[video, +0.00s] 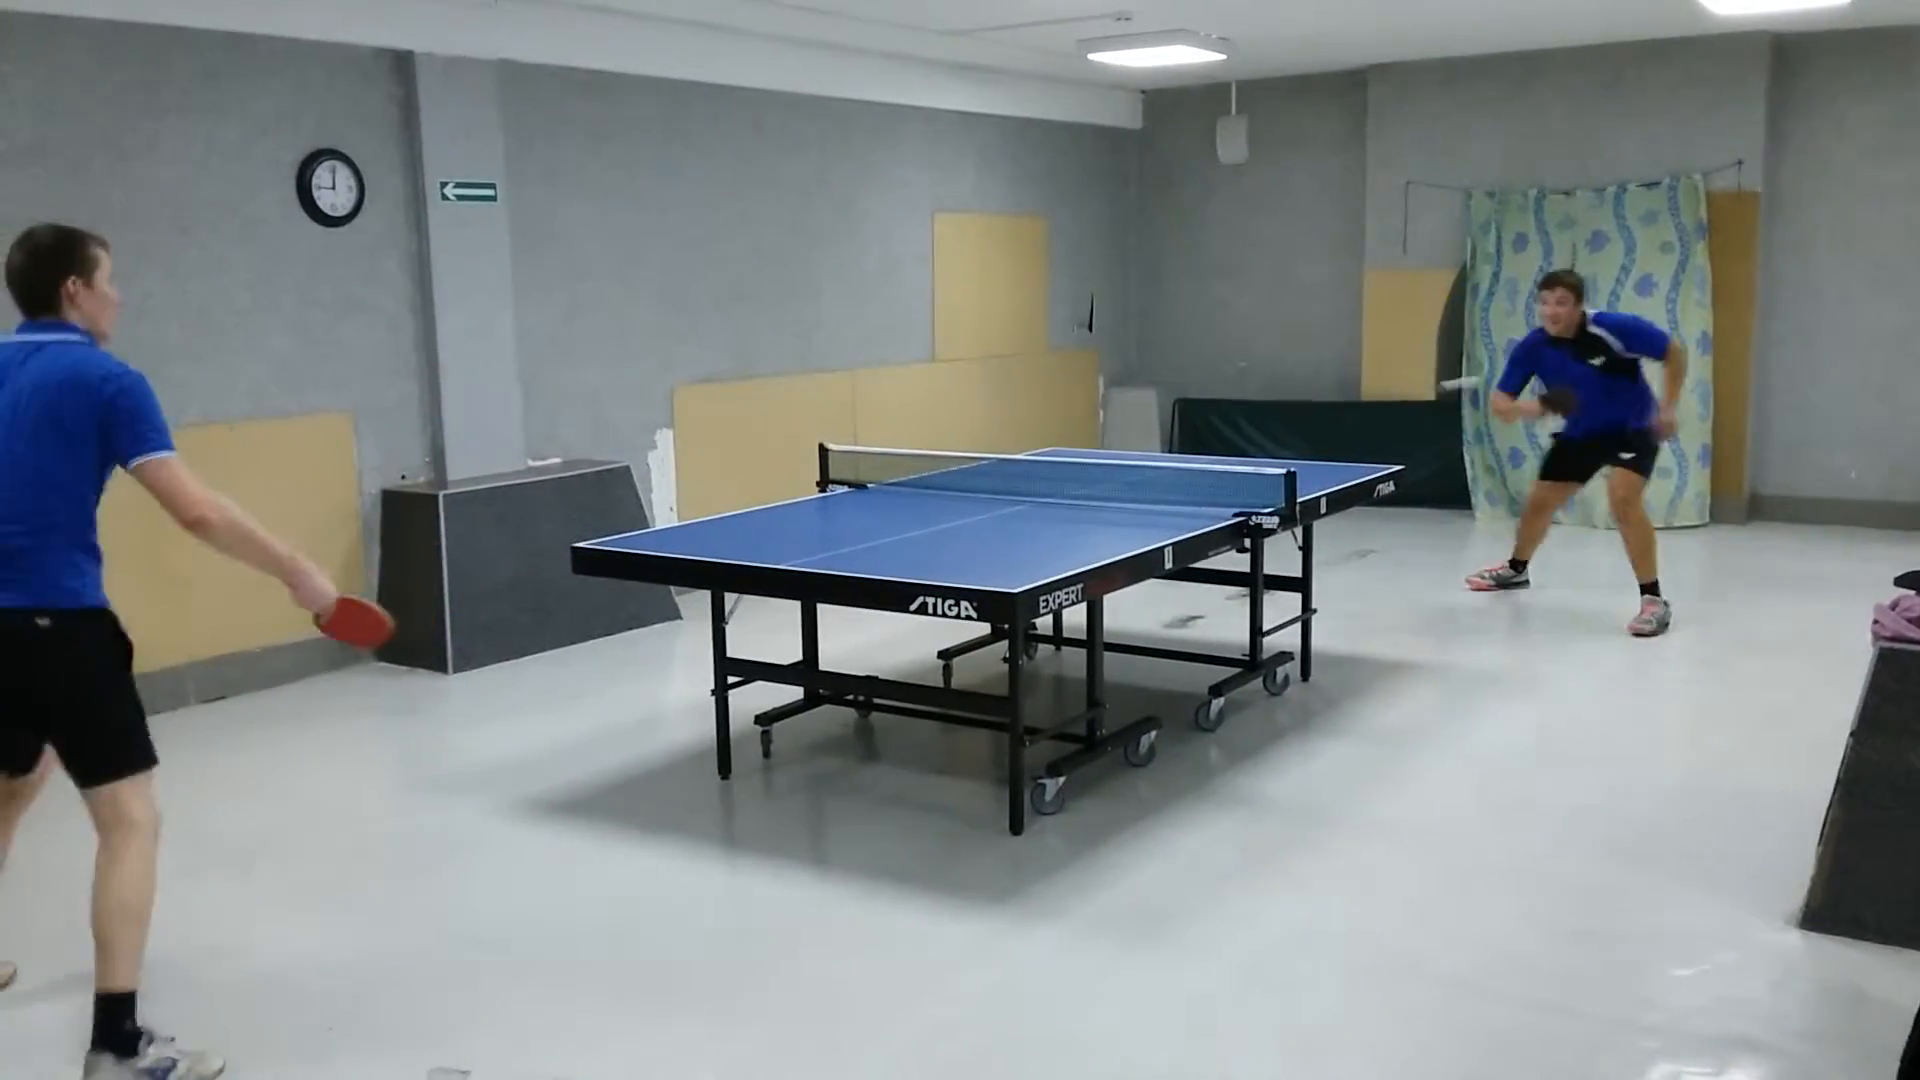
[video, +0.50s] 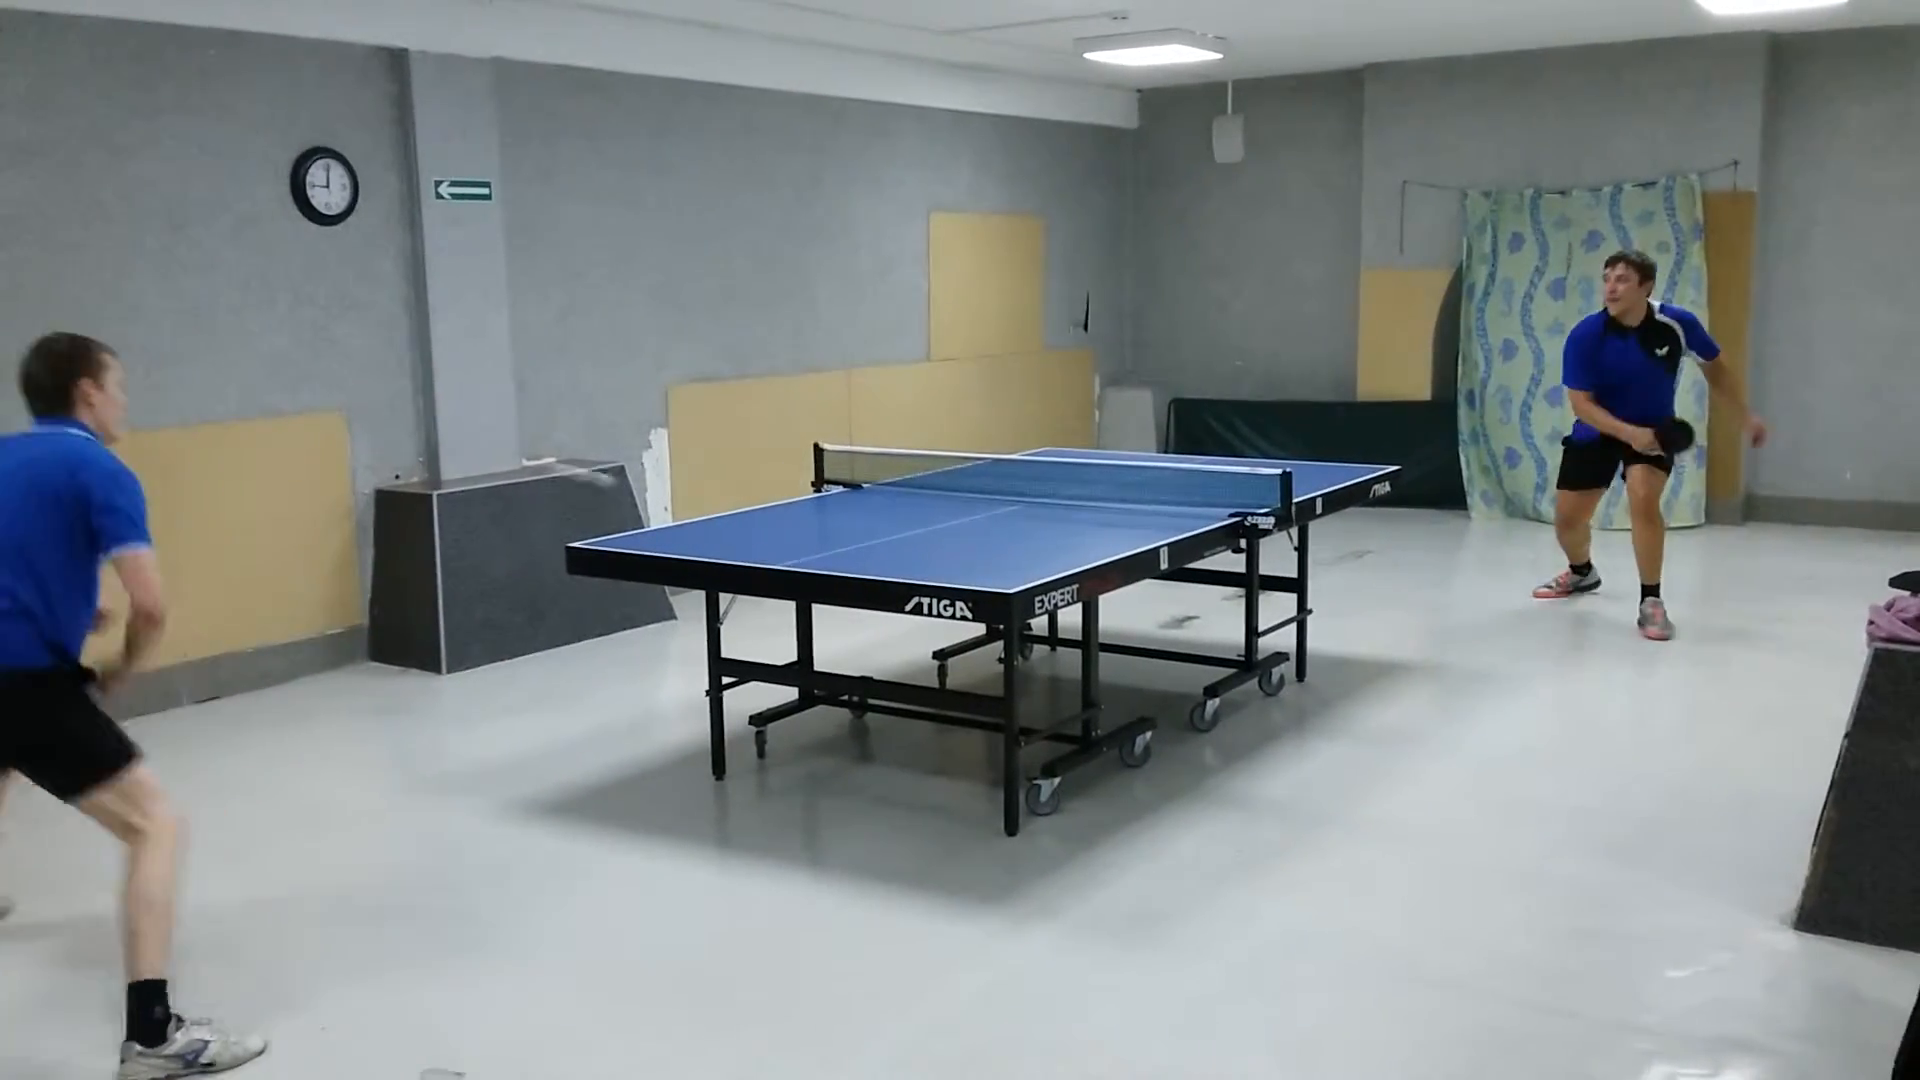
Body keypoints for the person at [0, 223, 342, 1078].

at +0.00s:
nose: (117, 297)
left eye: (113, 281)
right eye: (109, 282)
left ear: (42, 293)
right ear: (73, 292)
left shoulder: (6, 363)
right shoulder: (101, 377)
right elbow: (193, 507)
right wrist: (295, 570)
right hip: (63, 627)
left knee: (11, 788)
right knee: (127, 821)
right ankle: (117, 1037)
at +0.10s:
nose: (139, 278)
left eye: (134, 262)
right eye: (129, 263)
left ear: (64, 274)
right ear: (91, 271)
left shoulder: (9, 345)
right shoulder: (106, 363)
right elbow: (177, 514)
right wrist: (280, 573)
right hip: (60, 607)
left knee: (23, 747)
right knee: (158, 789)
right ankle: (136, 1014)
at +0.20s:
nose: (156, 301)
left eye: (152, 285)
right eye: (146, 285)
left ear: (83, 296)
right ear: (109, 292)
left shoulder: (16, 366)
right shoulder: (111, 384)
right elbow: (173, 541)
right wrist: (282, 584)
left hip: (8, 624)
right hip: (52, 632)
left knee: (21, 759)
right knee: (165, 797)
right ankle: (156, 1020)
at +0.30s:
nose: (168, 364)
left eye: (163, 347)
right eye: (159, 347)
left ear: (93, 359)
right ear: (123, 356)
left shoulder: (32, 427)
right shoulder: (115, 446)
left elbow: (19, 552)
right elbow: (176, 599)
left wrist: (95, 610)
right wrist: (287, 620)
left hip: (10, 672)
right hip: (35, 684)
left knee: (24, 778)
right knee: (180, 816)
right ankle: (145, 1031)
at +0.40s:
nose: (163, 407)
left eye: (160, 392)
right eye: (154, 392)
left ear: (89, 402)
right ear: (120, 399)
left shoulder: (26, 463)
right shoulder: (119, 483)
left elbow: (27, 588)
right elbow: (157, 626)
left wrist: (118, 626)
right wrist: (209, 690)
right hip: (34, 704)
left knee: (23, 775)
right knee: (192, 826)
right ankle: (150, 1034)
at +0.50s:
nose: (122, 404)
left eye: (118, 388)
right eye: (115, 389)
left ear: (47, 396)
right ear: (86, 393)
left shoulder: (11, 454)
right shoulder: (98, 469)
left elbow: (19, 570)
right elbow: (146, 607)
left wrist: (76, 624)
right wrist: (119, 675)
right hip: (27, 682)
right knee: (153, 822)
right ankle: (149, 1032)